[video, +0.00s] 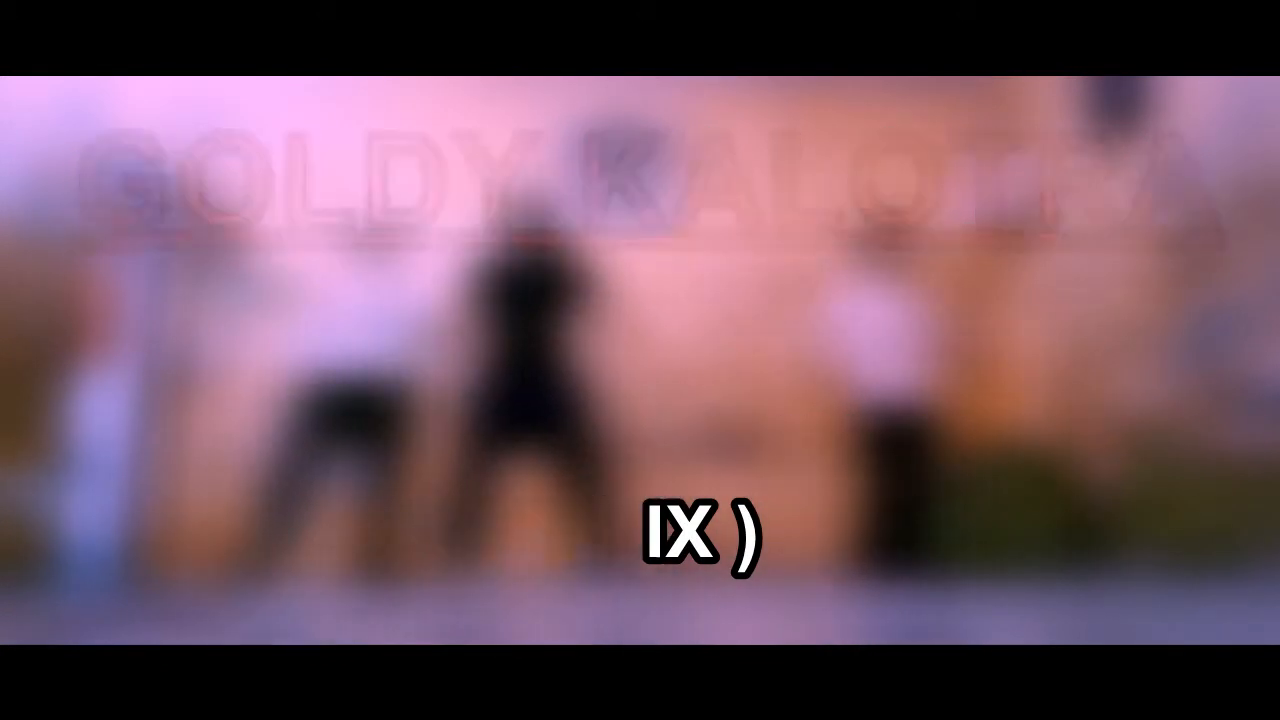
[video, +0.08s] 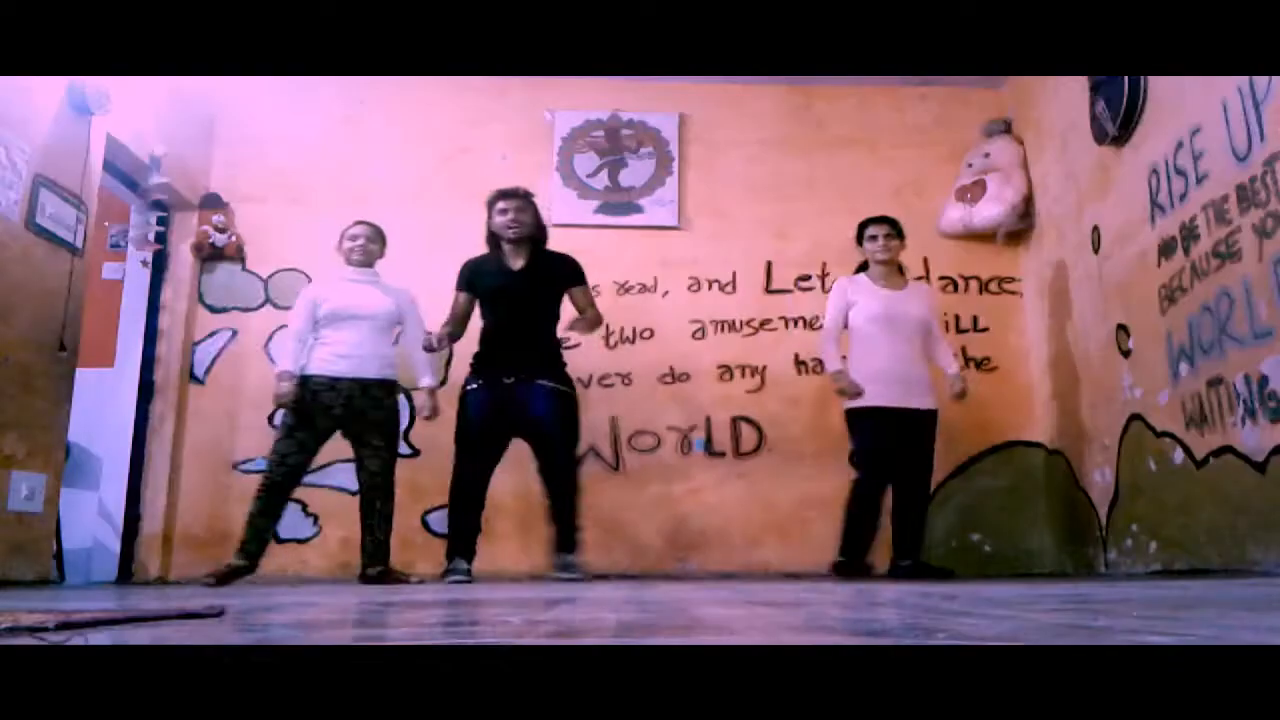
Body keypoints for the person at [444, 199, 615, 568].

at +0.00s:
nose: (531, 238)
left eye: (539, 228)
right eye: (522, 228)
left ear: (551, 231)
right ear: (511, 231)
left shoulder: (558, 269)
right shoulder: (500, 269)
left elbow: (575, 294)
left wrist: (551, 253)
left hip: (549, 384)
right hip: (506, 383)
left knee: (584, 463)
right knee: (475, 466)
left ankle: (599, 547)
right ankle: (461, 550)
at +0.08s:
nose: (512, 217)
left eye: (521, 211)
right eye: (503, 212)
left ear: (536, 220)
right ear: (490, 224)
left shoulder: (561, 266)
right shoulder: (477, 270)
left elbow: (592, 316)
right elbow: (457, 320)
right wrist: (445, 334)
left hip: (545, 382)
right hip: (488, 382)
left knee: (560, 472)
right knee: (470, 474)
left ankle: (566, 555)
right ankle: (459, 558)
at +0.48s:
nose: (493, 214)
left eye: (503, 210)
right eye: (485, 209)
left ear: (519, 221)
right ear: (472, 220)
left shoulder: (536, 263)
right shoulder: (450, 261)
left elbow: (576, 304)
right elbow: (420, 312)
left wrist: (603, 348)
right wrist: (430, 328)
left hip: (514, 381)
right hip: (461, 380)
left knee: (507, 470)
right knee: (443, 470)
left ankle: (499, 556)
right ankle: (438, 557)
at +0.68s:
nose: (499, 227)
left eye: (508, 223)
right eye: (491, 222)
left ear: (522, 232)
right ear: (477, 231)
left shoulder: (541, 274)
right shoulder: (463, 271)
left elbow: (580, 311)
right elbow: (428, 311)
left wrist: (618, 348)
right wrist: (457, 293)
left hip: (521, 389)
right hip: (470, 385)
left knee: (499, 475)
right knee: (435, 458)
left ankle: (488, 559)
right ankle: (442, 546)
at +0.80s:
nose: (486, 194)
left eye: (496, 187)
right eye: (475, 188)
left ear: (511, 198)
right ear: (457, 200)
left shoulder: (533, 250)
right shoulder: (436, 249)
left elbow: (583, 295)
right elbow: (388, 299)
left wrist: (610, 313)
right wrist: (359, 329)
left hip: (506, 383)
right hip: (450, 378)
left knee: (489, 488)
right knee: (480, 463)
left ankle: (413, 587)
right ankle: (444, 567)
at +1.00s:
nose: (516, 199)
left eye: (526, 194)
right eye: (505, 194)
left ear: (540, 207)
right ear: (487, 206)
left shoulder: (559, 258)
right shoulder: (460, 259)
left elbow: (618, 305)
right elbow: (411, 318)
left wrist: (635, 291)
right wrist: (364, 349)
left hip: (523, 393)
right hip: (470, 394)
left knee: (534, 491)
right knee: (514, 486)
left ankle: (429, 572)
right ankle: (506, 598)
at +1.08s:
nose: (531, 197)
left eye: (542, 191)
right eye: (520, 191)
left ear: (556, 206)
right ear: (500, 204)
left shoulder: (571, 260)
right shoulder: (476, 252)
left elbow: (616, 311)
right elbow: (443, 304)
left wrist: (667, 324)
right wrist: (488, 281)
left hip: (549, 391)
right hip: (486, 393)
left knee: (563, 471)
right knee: (470, 484)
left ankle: (522, 564)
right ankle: (493, 591)